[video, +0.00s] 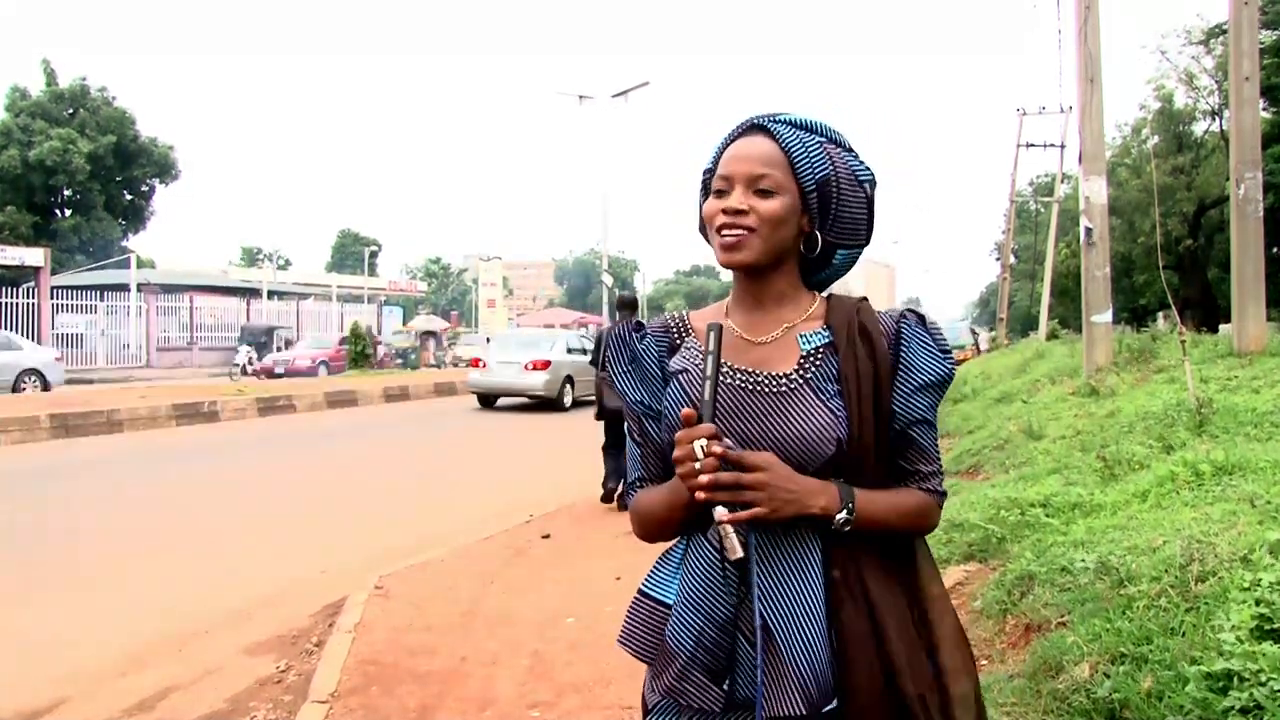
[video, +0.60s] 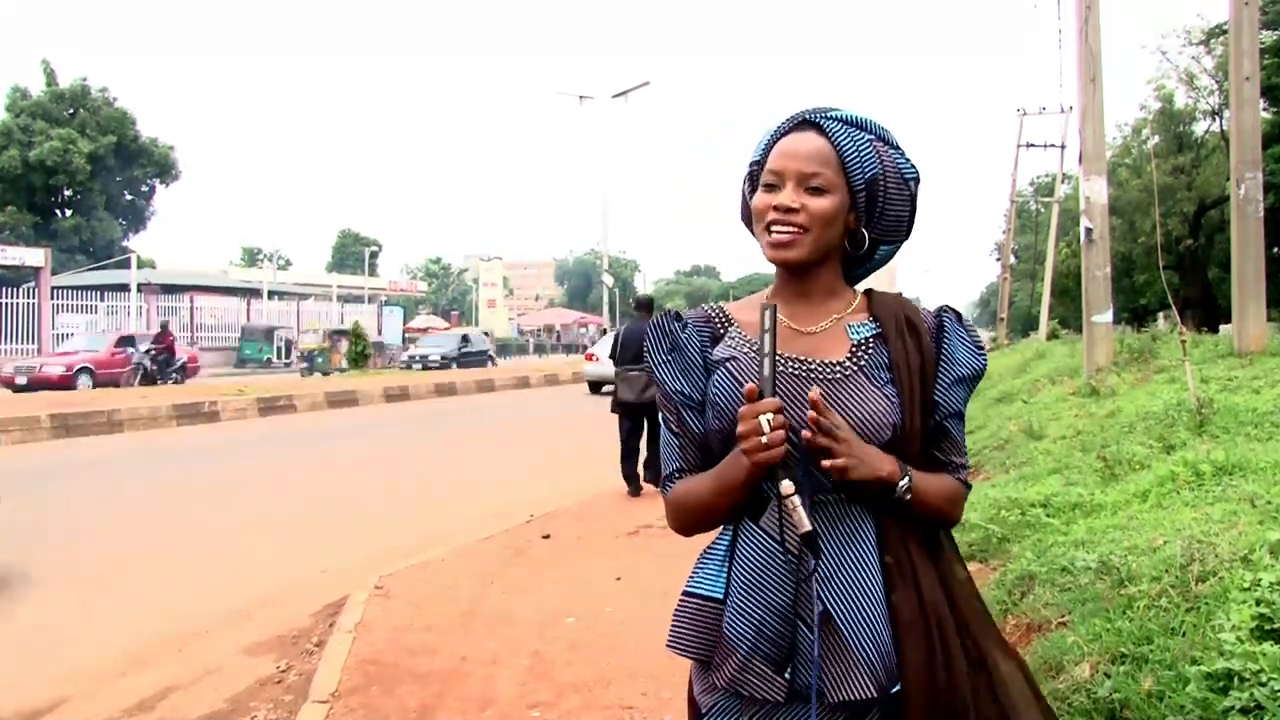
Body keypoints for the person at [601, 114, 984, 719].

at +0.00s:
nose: (733, 206)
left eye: (762, 191)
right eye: (720, 190)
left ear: (809, 217)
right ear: (705, 208)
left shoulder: (877, 342)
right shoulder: (666, 349)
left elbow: (926, 504)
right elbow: (645, 521)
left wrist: (813, 494)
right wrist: (685, 486)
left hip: (847, 651)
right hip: (709, 654)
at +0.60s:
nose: (785, 203)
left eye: (813, 187)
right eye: (771, 184)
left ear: (856, 213)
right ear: (749, 202)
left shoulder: (916, 334)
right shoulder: (706, 336)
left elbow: (952, 498)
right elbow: (680, 514)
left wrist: (878, 465)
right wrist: (742, 461)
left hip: (880, 614)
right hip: (750, 621)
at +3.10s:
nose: (786, 206)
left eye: (813, 184)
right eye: (775, 192)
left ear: (870, 200)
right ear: (765, 208)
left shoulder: (947, 337)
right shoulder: (740, 336)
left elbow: (980, 518)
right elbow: (720, 508)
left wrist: (944, 491)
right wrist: (734, 466)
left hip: (895, 627)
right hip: (769, 623)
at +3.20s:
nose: (787, 205)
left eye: (815, 184)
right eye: (775, 190)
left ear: (870, 202)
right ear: (764, 206)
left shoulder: (943, 336)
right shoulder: (735, 336)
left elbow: (973, 518)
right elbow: (714, 507)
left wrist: (946, 472)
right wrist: (734, 467)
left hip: (903, 640)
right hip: (768, 636)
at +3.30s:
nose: (785, 204)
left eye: (814, 184)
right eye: (773, 190)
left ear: (867, 204)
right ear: (763, 208)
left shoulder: (939, 336)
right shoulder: (731, 337)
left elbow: (966, 516)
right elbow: (708, 507)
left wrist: (936, 474)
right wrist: (734, 468)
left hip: (898, 637)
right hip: (763, 635)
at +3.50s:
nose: (781, 205)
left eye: (810, 186)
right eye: (769, 189)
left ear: (860, 209)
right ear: (757, 207)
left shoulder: (927, 335)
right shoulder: (723, 338)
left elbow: (954, 504)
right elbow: (697, 509)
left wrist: (927, 477)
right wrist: (739, 463)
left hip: (890, 636)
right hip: (758, 634)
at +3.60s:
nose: (778, 206)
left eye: (808, 188)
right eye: (767, 189)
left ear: (856, 210)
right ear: (754, 205)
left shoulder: (922, 337)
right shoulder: (716, 340)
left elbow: (946, 497)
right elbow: (692, 510)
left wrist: (929, 470)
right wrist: (740, 463)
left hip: (883, 641)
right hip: (751, 640)